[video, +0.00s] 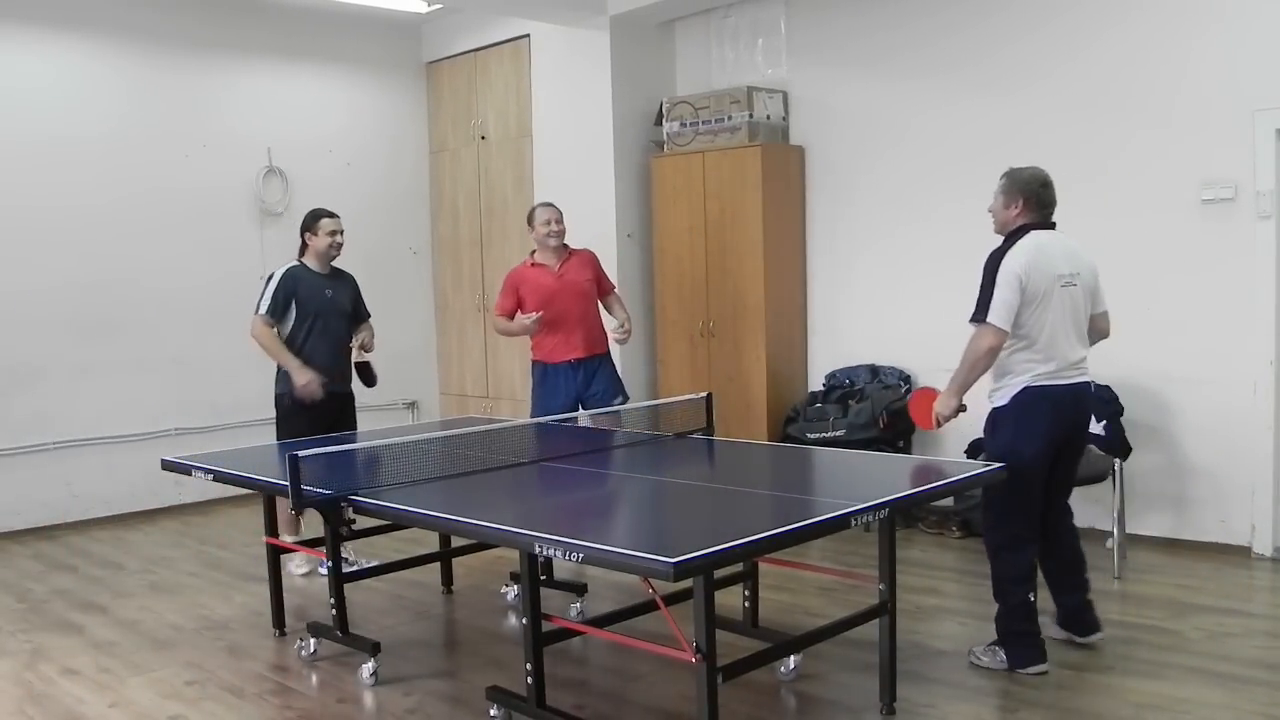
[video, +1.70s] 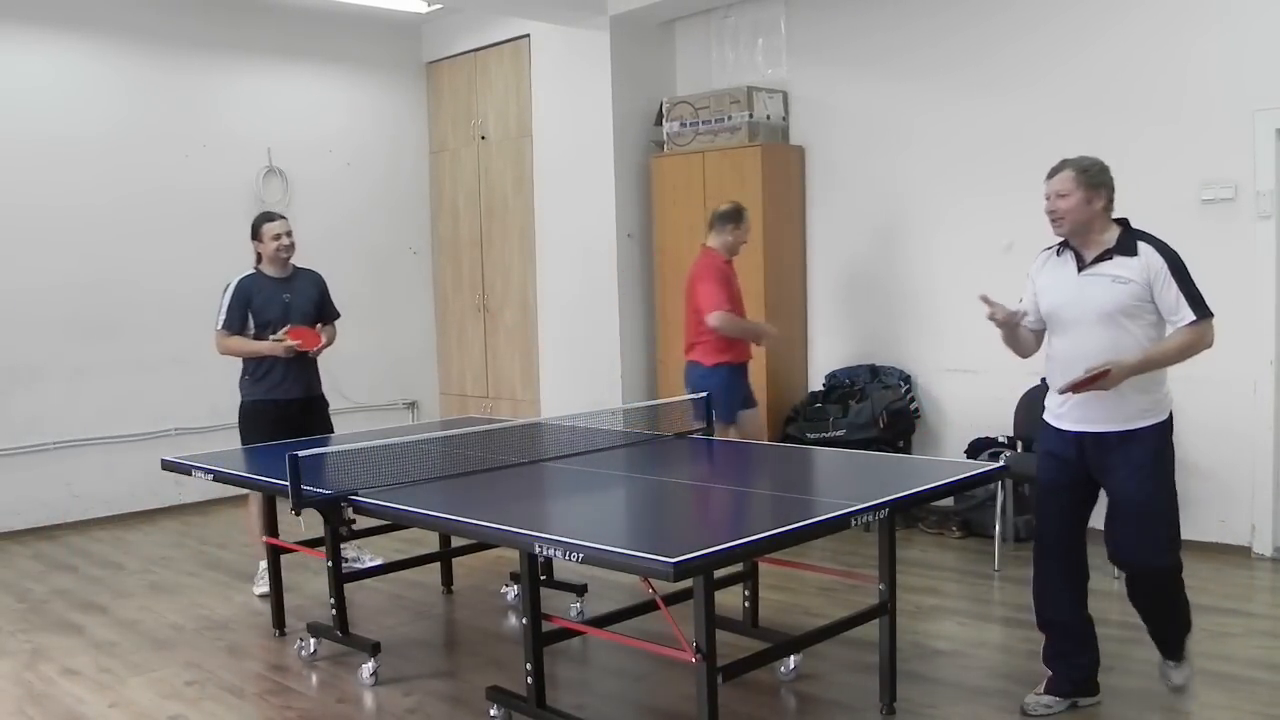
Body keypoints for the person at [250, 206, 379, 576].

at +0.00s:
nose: (340, 239)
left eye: (341, 233)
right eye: (333, 234)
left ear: (337, 238)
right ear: (309, 237)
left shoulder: (346, 280)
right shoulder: (287, 277)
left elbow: (363, 324)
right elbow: (260, 327)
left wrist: (365, 336)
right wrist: (295, 368)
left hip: (340, 394)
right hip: (298, 394)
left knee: (341, 471)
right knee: (293, 475)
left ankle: (336, 547)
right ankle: (292, 551)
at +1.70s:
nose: (286, 241)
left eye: (288, 235)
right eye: (277, 237)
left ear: (293, 238)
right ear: (258, 245)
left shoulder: (312, 280)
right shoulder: (243, 288)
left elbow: (329, 326)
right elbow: (223, 342)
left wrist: (319, 340)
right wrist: (270, 346)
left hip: (309, 402)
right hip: (262, 407)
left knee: (329, 476)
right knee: (261, 488)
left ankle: (342, 551)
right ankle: (266, 565)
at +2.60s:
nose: (329, 255)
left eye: (332, 249)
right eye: (320, 250)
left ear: (336, 252)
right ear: (300, 253)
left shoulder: (345, 294)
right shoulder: (277, 292)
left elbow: (360, 340)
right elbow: (251, 342)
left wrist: (347, 357)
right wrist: (291, 353)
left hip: (329, 406)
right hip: (281, 408)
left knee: (351, 475)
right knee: (270, 488)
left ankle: (355, 546)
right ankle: (265, 563)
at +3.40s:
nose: (304, 291)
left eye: (308, 284)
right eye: (296, 285)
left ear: (312, 285)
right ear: (274, 287)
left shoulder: (317, 324)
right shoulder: (246, 321)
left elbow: (319, 362)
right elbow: (210, 365)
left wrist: (304, 395)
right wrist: (251, 391)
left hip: (291, 414)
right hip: (242, 416)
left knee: (326, 474)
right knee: (227, 488)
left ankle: (342, 549)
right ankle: (215, 577)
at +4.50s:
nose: (332, 324)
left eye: (335, 317)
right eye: (323, 318)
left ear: (338, 318)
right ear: (302, 320)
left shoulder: (335, 354)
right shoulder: (271, 348)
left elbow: (333, 390)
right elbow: (236, 394)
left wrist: (337, 430)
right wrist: (281, 420)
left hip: (294, 417)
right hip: (247, 417)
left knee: (337, 465)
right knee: (228, 487)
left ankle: (345, 544)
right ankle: (208, 576)